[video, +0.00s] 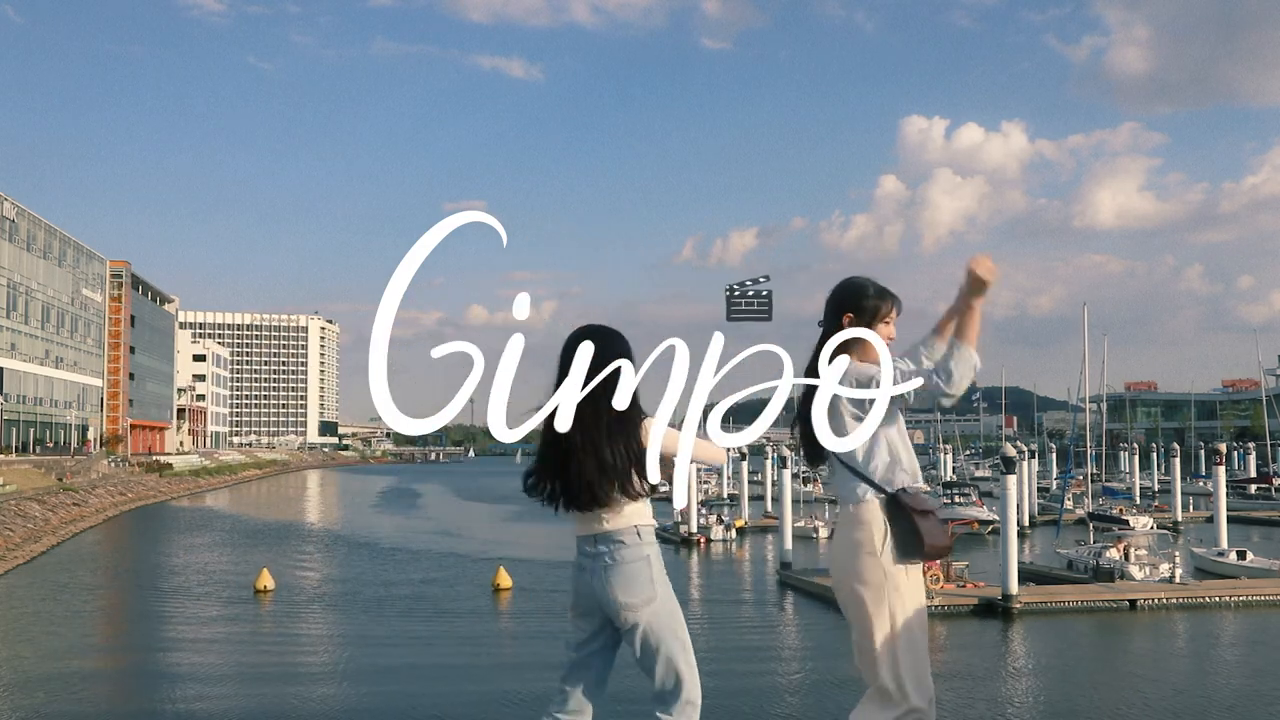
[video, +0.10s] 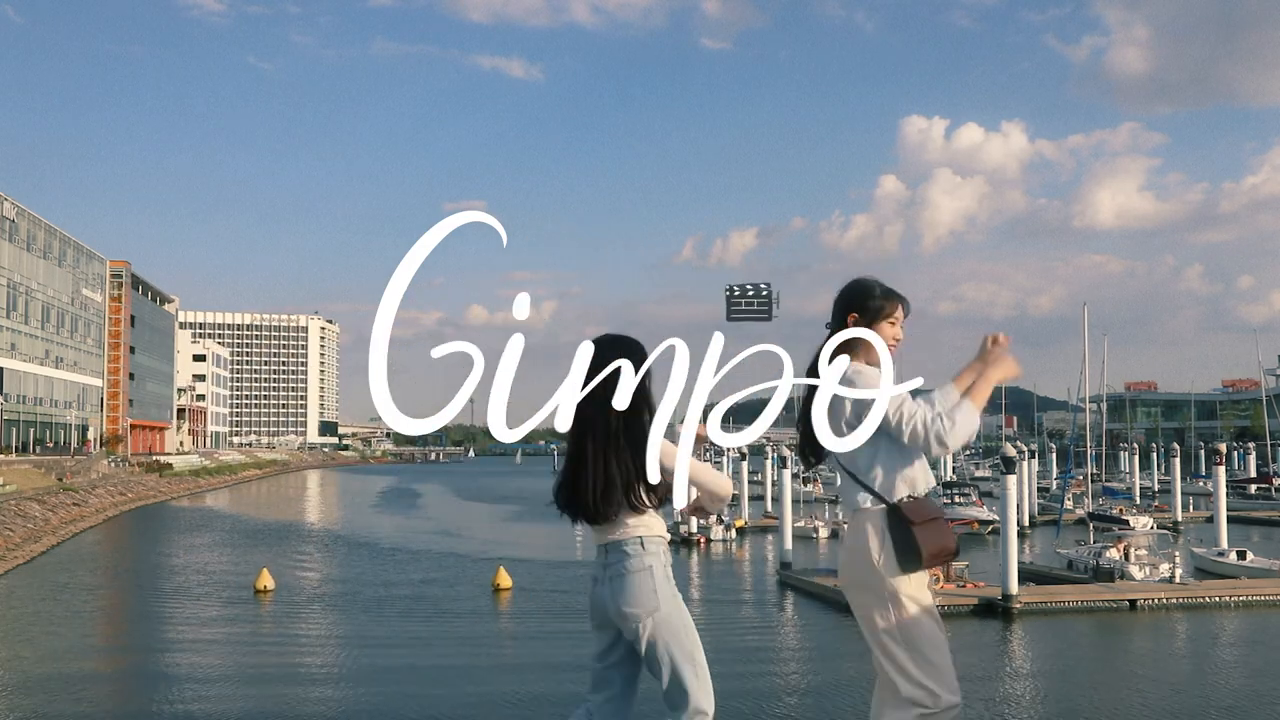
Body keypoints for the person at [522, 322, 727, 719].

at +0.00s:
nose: (633, 374)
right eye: (628, 366)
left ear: (569, 373)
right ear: (624, 370)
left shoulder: (564, 433)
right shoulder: (638, 429)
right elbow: (716, 454)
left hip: (587, 569)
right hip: (636, 568)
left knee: (577, 691)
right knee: (681, 693)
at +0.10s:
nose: (649, 386)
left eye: (645, 377)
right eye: (644, 377)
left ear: (588, 384)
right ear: (637, 383)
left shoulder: (586, 444)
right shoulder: (640, 439)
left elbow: (642, 483)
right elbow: (721, 487)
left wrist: (684, 443)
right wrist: (701, 507)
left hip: (605, 577)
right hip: (645, 578)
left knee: (605, 703)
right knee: (696, 702)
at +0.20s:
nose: (664, 386)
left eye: (662, 377)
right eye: (658, 377)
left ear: (617, 389)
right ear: (639, 385)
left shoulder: (612, 450)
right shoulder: (643, 450)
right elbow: (710, 495)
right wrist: (699, 451)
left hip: (627, 585)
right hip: (654, 587)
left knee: (655, 702)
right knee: (700, 705)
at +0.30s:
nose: (676, 380)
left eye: (675, 370)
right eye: (669, 370)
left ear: (646, 377)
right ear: (648, 375)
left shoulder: (658, 427)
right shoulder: (635, 441)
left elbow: (709, 457)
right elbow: (705, 475)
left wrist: (727, 427)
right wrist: (733, 426)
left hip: (672, 568)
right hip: (656, 573)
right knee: (696, 701)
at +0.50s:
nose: (700, 357)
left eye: (700, 347)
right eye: (691, 347)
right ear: (661, 353)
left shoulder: (691, 405)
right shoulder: (640, 424)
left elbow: (738, 411)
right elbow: (691, 471)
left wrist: (757, 411)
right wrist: (738, 464)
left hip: (721, 543)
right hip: (680, 547)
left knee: (758, 679)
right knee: (677, 691)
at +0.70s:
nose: (717, 387)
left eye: (716, 377)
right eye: (706, 379)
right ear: (679, 384)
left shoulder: (720, 424)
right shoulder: (662, 451)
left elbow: (778, 429)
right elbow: (721, 502)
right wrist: (779, 443)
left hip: (752, 556)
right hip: (709, 563)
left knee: (787, 687)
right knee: (714, 697)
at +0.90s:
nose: (741, 376)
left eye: (740, 366)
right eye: (734, 367)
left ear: (721, 374)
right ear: (707, 371)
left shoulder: (730, 417)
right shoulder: (692, 427)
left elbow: (788, 435)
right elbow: (742, 497)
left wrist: (787, 435)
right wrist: (778, 483)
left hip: (755, 553)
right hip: (726, 556)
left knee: (782, 687)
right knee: (736, 691)